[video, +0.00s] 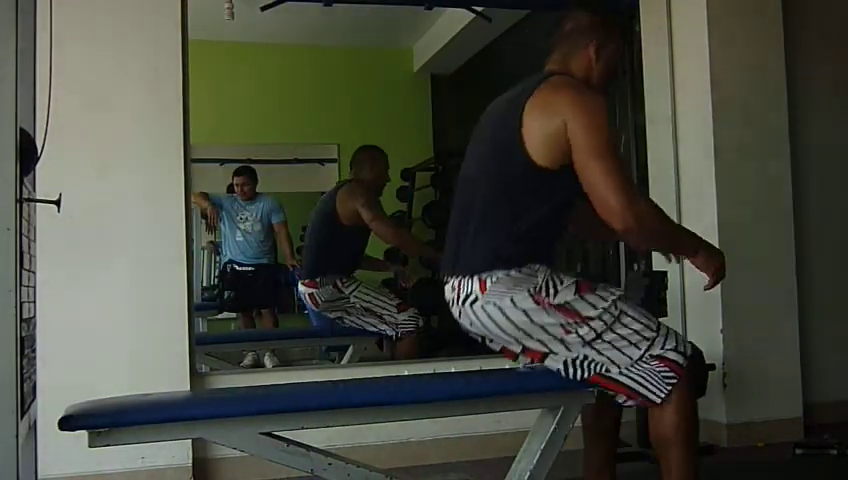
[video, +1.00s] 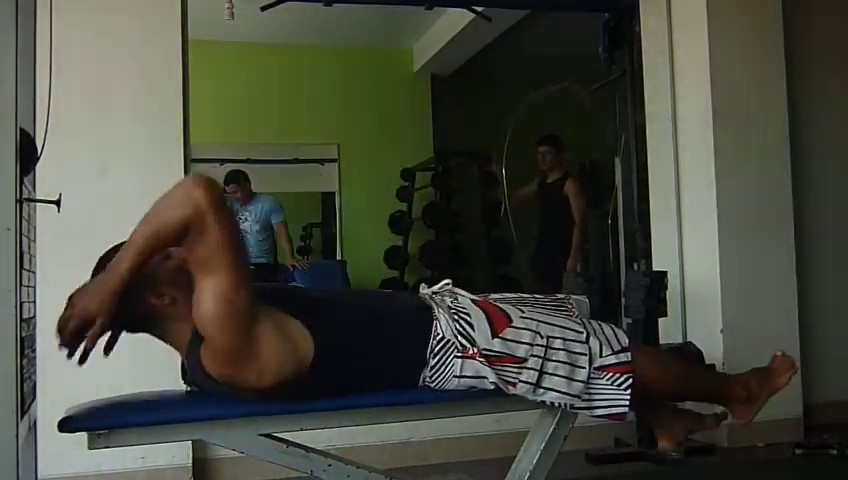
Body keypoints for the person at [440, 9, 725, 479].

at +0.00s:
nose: (610, 78)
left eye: (615, 67)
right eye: (613, 64)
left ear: (561, 50)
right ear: (595, 52)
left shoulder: (522, 99)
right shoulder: (574, 100)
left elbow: (584, 219)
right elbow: (624, 216)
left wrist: (654, 238)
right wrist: (693, 247)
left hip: (476, 288)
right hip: (509, 289)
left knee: (610, 364)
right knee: (674, 368)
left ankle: (598, 472)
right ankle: (679, 473)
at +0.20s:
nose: (528, 112)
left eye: (528, 100)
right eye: (524, 98)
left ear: (471, 97)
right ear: (503, 97)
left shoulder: (443, 154)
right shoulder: (495, 155)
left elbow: (518, 236)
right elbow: (601, 236)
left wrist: (591, 197)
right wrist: (642, 195)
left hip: (441, 346)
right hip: (481, 343)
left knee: (593, 347)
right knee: (654, 365)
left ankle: (597, 472)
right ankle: (675, 472)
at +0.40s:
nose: (426, 124)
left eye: (428, 113)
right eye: (424, 112)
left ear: (366, 109)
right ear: (400, 110)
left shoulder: (342, 181)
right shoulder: (405, 173)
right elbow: (532, 197)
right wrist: (524, 111)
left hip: (425, 349)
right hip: (462, 344)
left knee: (585, 351)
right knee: (642, 360)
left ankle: (600, 470)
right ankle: (675, 471)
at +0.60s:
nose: (348, 159)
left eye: (345, 146)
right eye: (341, 147)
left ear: (279, 156)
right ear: (313, 150)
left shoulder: (274, 232)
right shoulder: (325, 215)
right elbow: (449, 152)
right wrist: (368, 83)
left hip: (431, 350)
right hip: (463, 344)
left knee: (571, 351)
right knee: (633, 365)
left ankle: (626, 464)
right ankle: (694, 469)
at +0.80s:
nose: (272, 239)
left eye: (267, 229)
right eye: (258, 231)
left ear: (217, 250)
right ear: (226, 245)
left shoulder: (246, 307)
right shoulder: (259, 306)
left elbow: (318, 187)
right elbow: (332, 172)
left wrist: (205, 178)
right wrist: (214, 158)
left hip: (448, 327)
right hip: (455, 339)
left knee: (592, 357)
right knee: (624, 355)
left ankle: (656, 455)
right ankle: (733, 432)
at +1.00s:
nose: (192, 261)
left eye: (182, 256)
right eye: (177, 261)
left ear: (160, 300)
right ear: (170, 293)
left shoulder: (222, 334)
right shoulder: (226, 342)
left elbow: (199, 199)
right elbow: (197, 192)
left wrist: (111, 284)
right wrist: (110, 282)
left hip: (437, 322)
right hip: (451, 340)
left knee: (587, 341)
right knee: (615, 358)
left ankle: (678, 421)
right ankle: (737, 390)